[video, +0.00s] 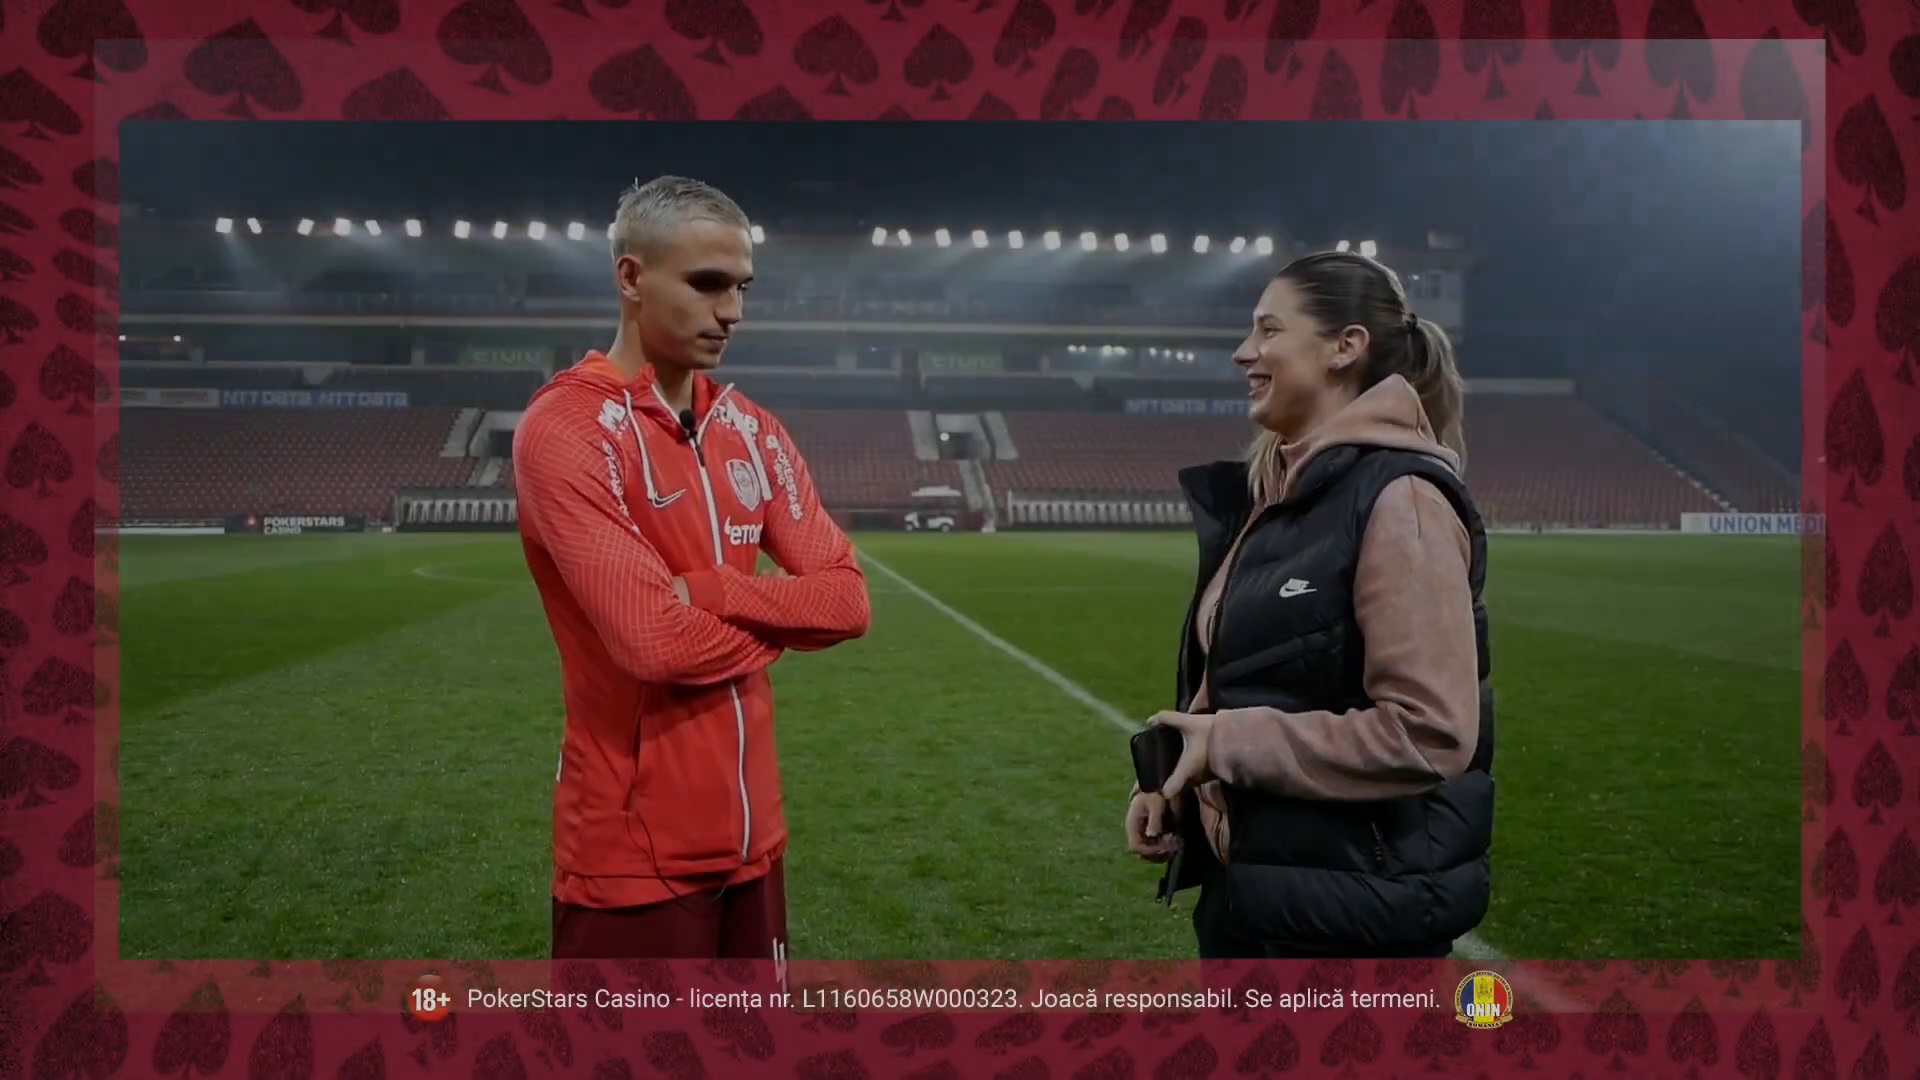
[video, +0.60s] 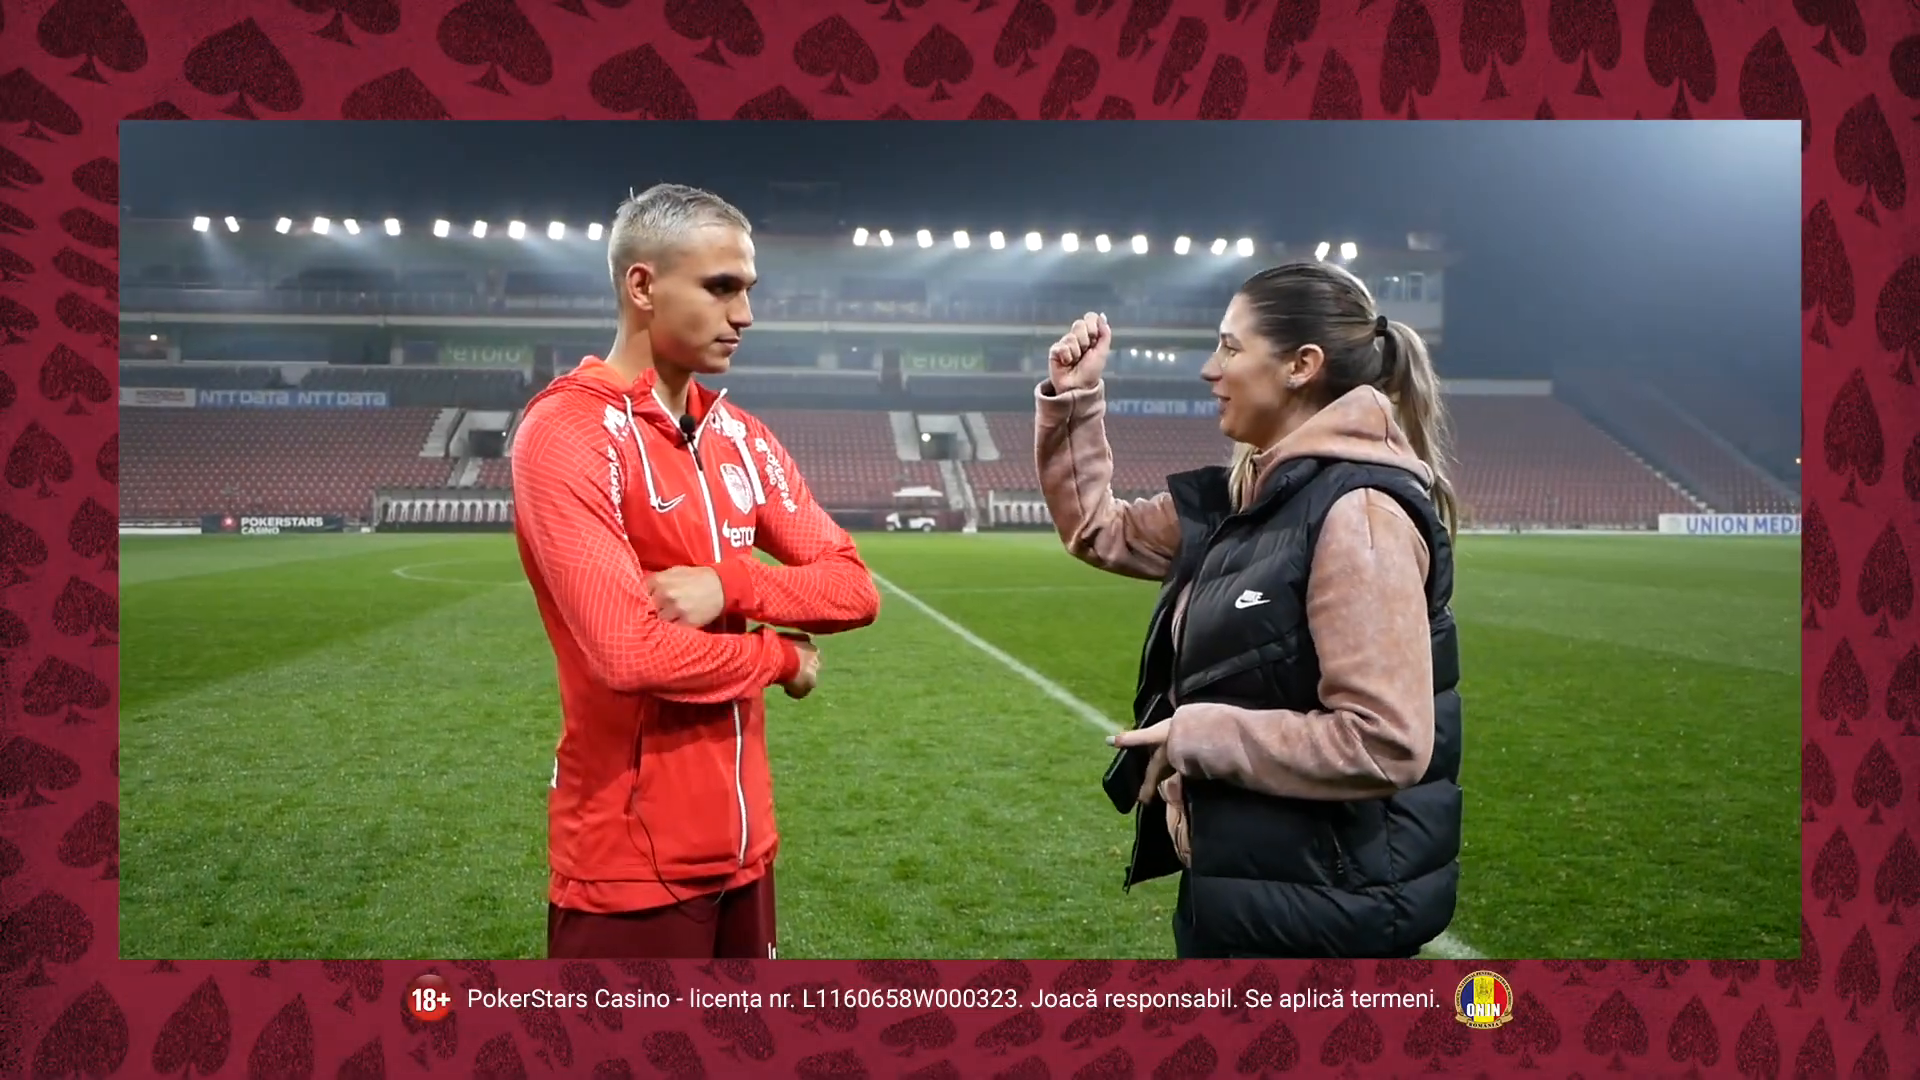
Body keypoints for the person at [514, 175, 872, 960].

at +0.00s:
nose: (732, 312)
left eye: (741, 289)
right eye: (708, 284)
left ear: (748, 287)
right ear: (630, 277)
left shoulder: (753, 429)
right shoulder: (563, 430)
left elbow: (847, 603)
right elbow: (651, 647)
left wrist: (703, 588)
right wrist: (775, 624)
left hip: (748, 835)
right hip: (630, 845)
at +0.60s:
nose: (744, 314)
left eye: (748, 291)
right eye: (722, 287)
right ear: (641, 288)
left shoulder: (739, 433)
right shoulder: (563, 433)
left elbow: (854, 587)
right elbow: (629, 651)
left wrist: (730, 584)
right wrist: (779, 655)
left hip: (741, 840)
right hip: (629, 851)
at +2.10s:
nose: (777, 317)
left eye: (777, 294)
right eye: (753, 291)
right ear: (674, 297)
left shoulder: (782, 442)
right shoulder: (594, 444)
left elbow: (883, 593)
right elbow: (685, 647)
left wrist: (729, 583)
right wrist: (801, 608)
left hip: (765, 842)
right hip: (650, 854)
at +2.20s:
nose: (773, 313)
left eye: (772, 291)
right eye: (747, 288)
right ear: (669, 295)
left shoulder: (775, 444)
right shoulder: (593, 444)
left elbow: (867, 609)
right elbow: (674, 656)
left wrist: (722, 594)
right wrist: (792, 622)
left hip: (761, 842)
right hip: (648, 851)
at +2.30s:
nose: (771, 309)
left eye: (768, 286)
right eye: (744, 284)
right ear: (667, 294)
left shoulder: (773, 447)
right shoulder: (593, 447)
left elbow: (859, 620)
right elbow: (674, 664)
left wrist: (715, 606)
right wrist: (789, 627)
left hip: (759, 843)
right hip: (649, 853)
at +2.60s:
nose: (777, 306)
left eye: (774, 283)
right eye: (752, 282)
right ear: (675, 290)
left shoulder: (768, 447)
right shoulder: (602, 445)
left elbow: (861, 614)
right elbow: (692, 669)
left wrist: (730, 609)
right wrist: (797, 639)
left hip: (761, 845)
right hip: (659, 856)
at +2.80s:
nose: (786, 314)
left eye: (784, 291)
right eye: (763, 289)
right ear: (686, 295)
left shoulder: (773, 449)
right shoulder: (613, 450)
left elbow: (866, 620)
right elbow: (706, 671)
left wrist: (737, 612)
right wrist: (809, 644)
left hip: (768, 847)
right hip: (669, 859)